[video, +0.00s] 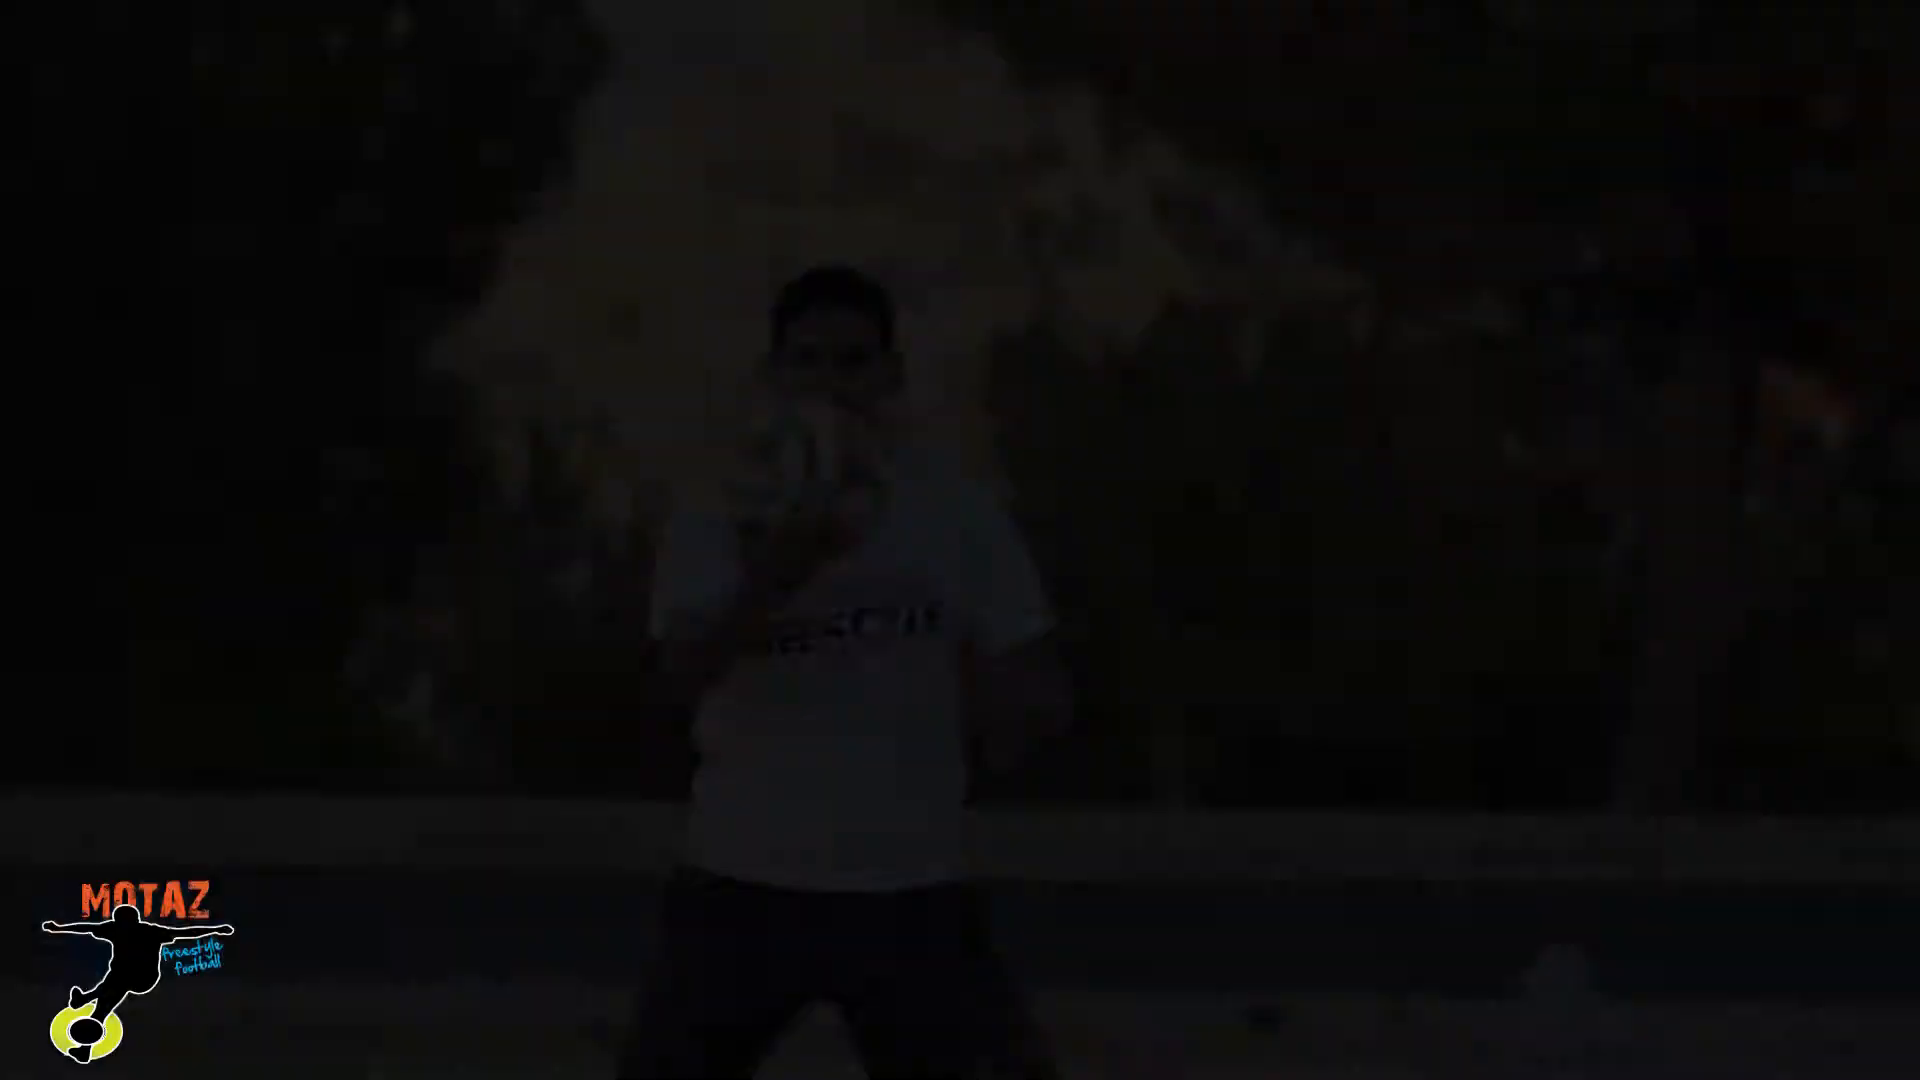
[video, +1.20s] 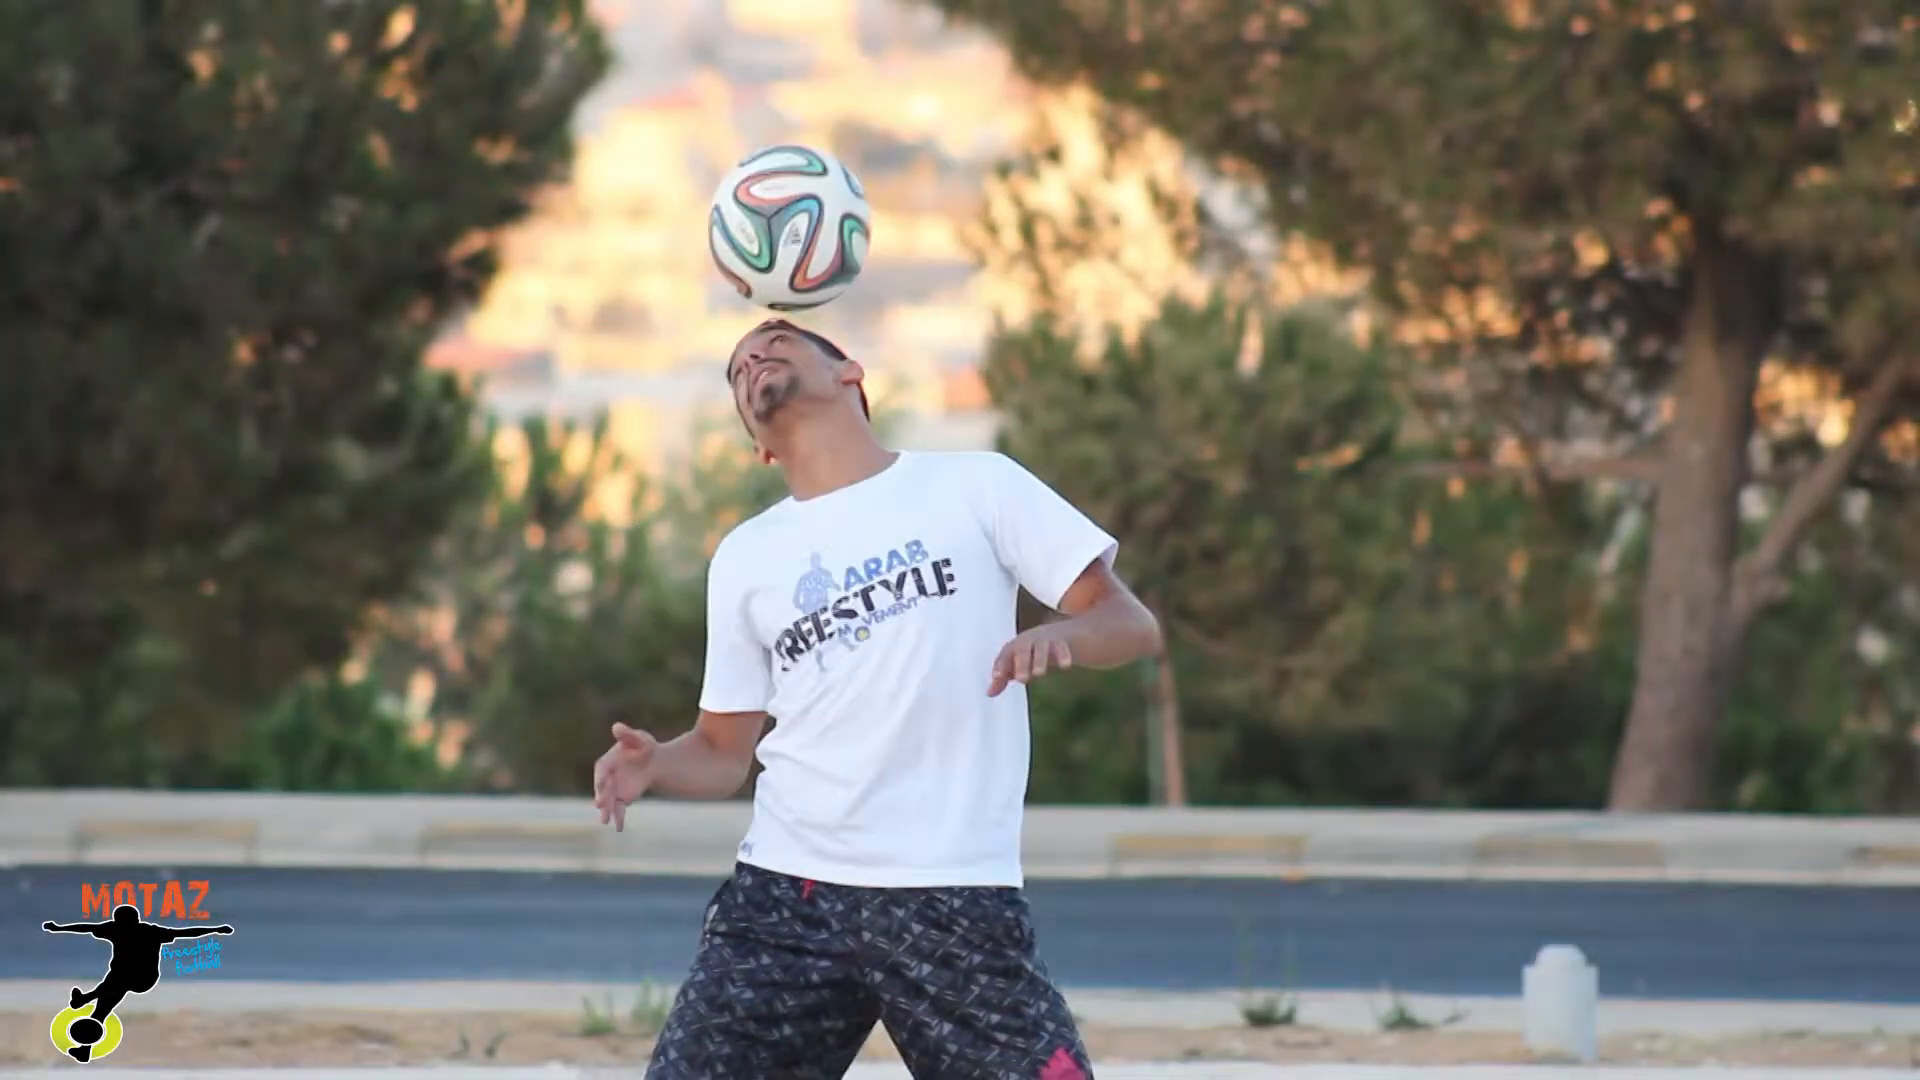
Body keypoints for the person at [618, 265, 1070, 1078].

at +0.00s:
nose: (834, 383)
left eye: (856, 358)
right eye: (811, 360)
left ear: (891, 372)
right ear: (777, 375)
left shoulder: (945, 504)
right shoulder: (730, 501)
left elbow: (1027, 683)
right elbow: (677, 680)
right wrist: (775, 577)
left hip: (910, 881)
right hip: (745, 878)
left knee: (972, 1063)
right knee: (671, 1064)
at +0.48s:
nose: (961, 390)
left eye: (990, 400)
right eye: (946, 370)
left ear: (981, 466)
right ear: (888, 396)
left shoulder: (961, 590)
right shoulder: (749, 486)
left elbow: (928, 737)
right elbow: (598, 618)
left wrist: (1013, 832)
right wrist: (712, 676)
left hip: (868, 934)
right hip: (698, 924)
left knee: (970, 1072)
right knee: (634, 1070)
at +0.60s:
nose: (1000, 548)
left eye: (1021, 574)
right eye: (1006, 524)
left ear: (981, 627)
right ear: (953, 511)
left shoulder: (911, 693)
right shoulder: (764, 521)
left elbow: (828, 814)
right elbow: (572, 594)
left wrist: (885, 912)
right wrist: (641, 718)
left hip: (789, 968)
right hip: (624, 945)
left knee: (904, 1069)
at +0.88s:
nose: (953, 427)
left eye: (986, 440)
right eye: (951, 412)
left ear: (982, 517)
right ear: (909, 434)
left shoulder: (935, 660)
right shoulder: (739, 497)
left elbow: (917, 817)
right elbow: (572, 607)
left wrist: (945, 876)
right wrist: (597, 676)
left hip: (829, 947)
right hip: (656, 932)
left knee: (943, 1071)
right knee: (605, 1066)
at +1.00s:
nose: (866, 326)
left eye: (900, 324)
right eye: (851, 324)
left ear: (936, 393)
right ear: (823, 387)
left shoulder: (976, 551)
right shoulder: (727, 491)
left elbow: (1032, 723)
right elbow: (632, 643)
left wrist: (1032, 757)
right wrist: (603, 678)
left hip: (904, 918)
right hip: (723, 907)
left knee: (1011, 1071)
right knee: (653, 1071)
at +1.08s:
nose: (842, 310)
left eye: (873, 306)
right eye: (825, 311)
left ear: (917, 372)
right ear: (805, 377)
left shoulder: (983, 512)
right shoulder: (730, 504)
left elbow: (1097, 688)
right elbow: (667, 682)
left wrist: (1056, 686)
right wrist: (625, 697)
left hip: (932, 906)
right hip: (753, 901)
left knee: (1031, 1071)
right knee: (679, 1071)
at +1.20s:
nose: (755, 362)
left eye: (781, 344)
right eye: (739, 372)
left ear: (849, 374)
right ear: (753, 436)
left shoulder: (979, 485)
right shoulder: (744, 556)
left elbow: (1135, 625)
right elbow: (724, 751)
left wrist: (1064, 636)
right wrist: (656, 761)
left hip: (954, 912)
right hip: (780, 911)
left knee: (1047, 1070)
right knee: (688, 1071)